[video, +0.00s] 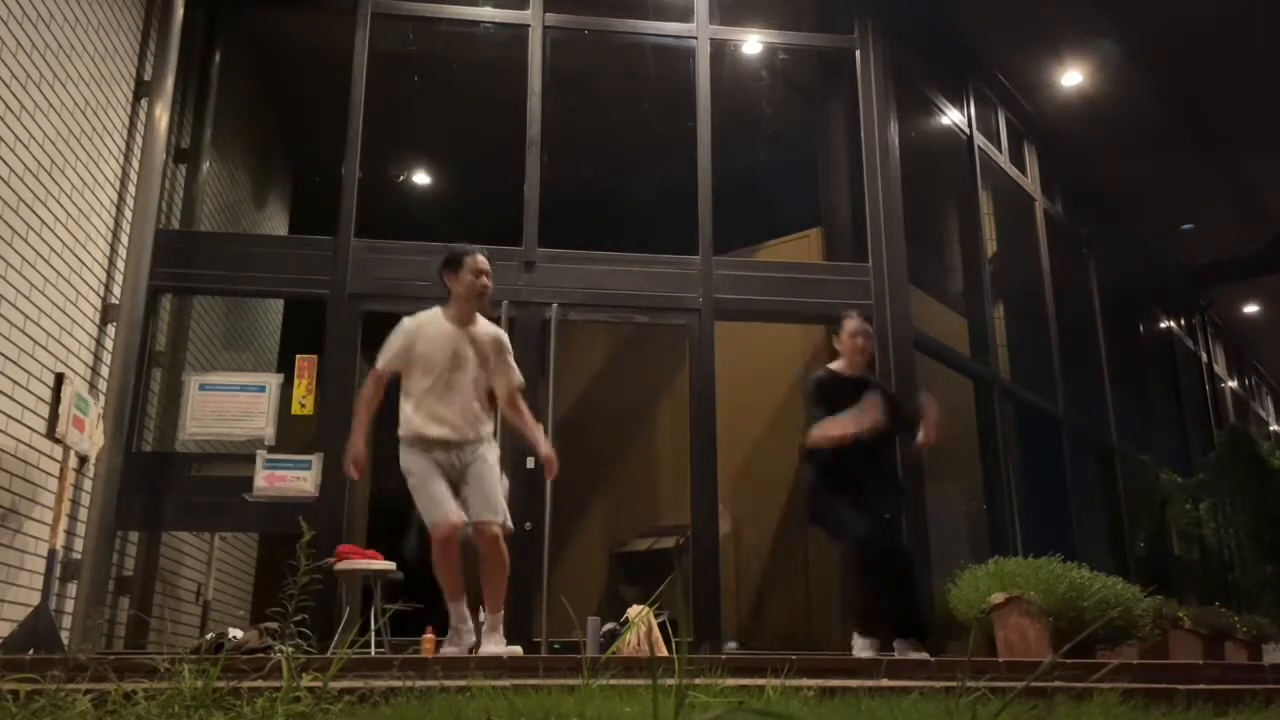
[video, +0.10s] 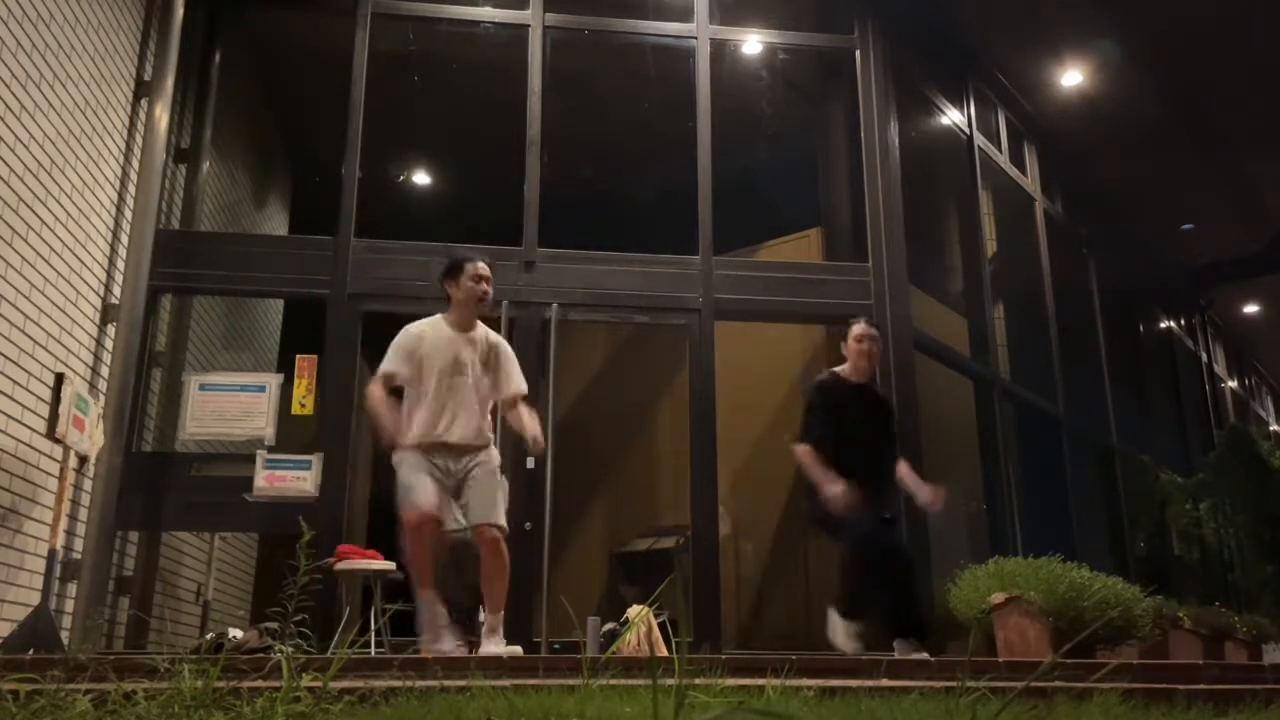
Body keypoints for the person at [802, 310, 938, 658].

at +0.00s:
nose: (863, 343)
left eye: (867, 335)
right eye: (854, 335)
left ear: (874, 341)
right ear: (838, 341)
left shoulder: (877, 385)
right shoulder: (822, 382)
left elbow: (913, 408)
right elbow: (813, 434)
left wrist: (927, 423)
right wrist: (859, 419)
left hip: (879, 486)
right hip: (835, 489)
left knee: (896, 552)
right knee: (866, 545)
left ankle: (905, 637)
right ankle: (864, 633)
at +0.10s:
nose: (867, 346)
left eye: (873, 340)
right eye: (859, 340)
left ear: (880, 349)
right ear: (845, 347)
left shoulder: (881, 401)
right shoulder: (826, 389)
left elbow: (892, 456)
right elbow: (802, 446)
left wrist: (919, 488)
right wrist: (829, 483)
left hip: (877, 492)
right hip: (836, 493)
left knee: (897, 556)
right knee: (867, 540)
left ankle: (905, 639)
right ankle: (845, 615)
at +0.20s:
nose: (851, 330)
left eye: (858, 324)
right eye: (844, 322)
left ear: (868, 334)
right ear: (831, 329)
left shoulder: (872, 384)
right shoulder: (809, 373)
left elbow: (883, 437)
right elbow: (766, 416)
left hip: (862, 478)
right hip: (816, 474)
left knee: (884, 551)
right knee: (831, 520)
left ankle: (904, 637)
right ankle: (801, 599)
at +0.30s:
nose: (828, 310)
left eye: (835, 303)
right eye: (820, 302)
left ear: (845, 310)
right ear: (807, 308)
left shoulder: (853, 360)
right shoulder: (784, 353)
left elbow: (867, 408)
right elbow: (738, 378)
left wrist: (873, 447)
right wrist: (742, 422)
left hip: (839, 456)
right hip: (789, 456)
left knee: (871, 532)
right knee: (788, 515)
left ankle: (889, 626)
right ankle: (755, 608)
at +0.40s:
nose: (801, 309)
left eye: (808, 302)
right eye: (795, 302)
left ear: (819, 309)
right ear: (782, 308)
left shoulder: (834, 357)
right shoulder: (760, 356)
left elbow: (845, 404)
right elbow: (721, 384)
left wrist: (848, 437)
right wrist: (728, 426)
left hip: (820, 459)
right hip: (769, 460)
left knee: (856, 529)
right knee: (755, 534)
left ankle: (845, 612)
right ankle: (722, 625)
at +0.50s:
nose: (777, 328)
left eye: (784, 321)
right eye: (770, 320)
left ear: (795, 329)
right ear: (757, 328)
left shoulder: (812, 376)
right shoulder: (743, 378)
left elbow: (827, 425)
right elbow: (715, 422)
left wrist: (836, 462)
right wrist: (719, 463)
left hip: (804, 479)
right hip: (753, 480)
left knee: (825, 554)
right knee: (734, 558)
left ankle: (799, 620)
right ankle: (711, 638)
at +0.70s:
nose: (774, 335)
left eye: (781, 330)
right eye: (768, 328)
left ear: (791, 337)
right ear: (756, 335)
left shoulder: (803, 380)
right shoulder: (738, 385)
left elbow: (841, 424)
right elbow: (718, 433)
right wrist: (721, 477)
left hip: (792, 484)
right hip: (746, 486)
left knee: (815, 549)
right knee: (734, 558)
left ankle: (785, 612)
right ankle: (712, 639)